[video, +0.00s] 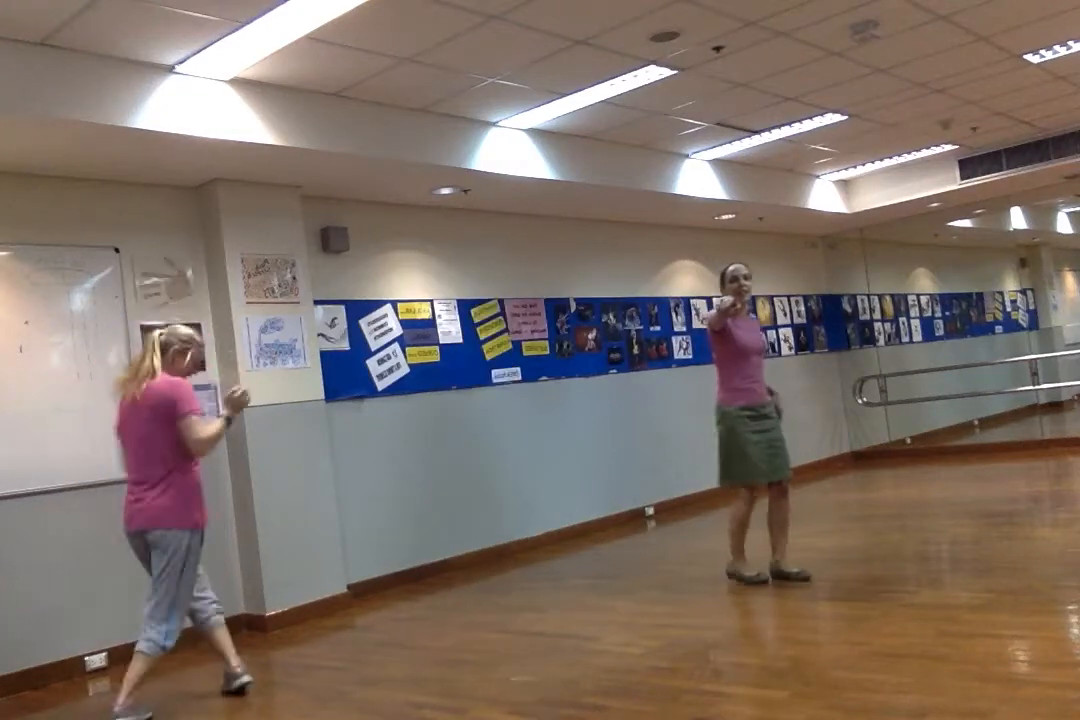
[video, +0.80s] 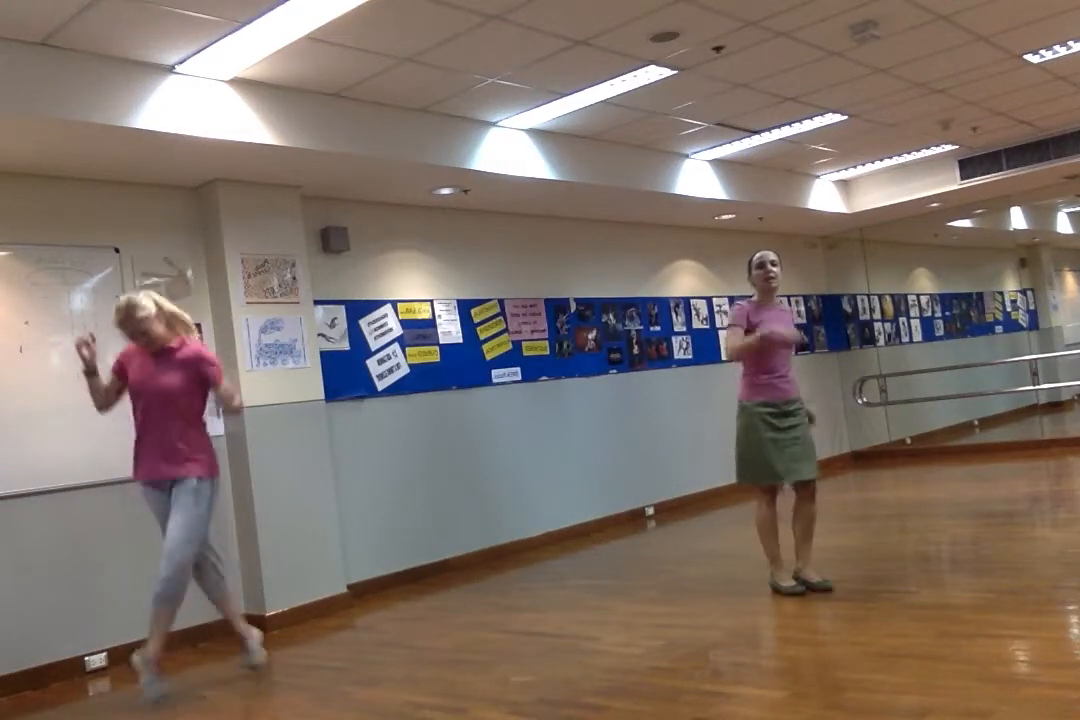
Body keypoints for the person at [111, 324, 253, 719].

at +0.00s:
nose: (195, 368)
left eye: (197, 361)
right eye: (194, 360)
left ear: (161, 353)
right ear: (179, 355)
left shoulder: (130, 394)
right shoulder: (176, 387)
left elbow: (131, 448)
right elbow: (198, 441)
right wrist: (228, 415)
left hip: (136, 517)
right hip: (176, 515)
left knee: (197, 593)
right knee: (164, 611)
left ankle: (235, 668)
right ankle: (123, 703)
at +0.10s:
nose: (196, 358)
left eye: (198, 350)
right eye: (193, 349)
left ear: (165, 339)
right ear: (174, 339)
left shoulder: (162, 376)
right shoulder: (155, 369)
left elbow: (181, 430)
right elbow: (153, 425)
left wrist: (214, 404)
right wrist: (198, 402)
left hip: (151, 497)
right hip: (164, 497)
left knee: (198, 580)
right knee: (164, 593)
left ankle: (224, 665)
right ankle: (126, 692)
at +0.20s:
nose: (193, 334)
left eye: (196, 328)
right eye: (189, 325)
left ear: (191, 324)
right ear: (166, 317)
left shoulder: (175, 353)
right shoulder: (143, 350)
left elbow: (192, 407)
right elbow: (123, 408)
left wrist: (223, 379)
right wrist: (147, 386)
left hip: (180, 475)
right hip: (154, 478)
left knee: (195, 559)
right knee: (164, 562)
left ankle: (203, 656)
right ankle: (125, 669)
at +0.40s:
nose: (179, 338)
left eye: (184, 330)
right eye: (171, 330)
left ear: (190, 332)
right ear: (152, 330)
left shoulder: (199, 370)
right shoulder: (130, 371)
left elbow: (228, 418)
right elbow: (105, 431)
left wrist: (255, 407)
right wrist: (108, 394)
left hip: (197, 494)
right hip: (145, 498)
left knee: (214, 577)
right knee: (145, 583)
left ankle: (218, 661)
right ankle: (152, 675)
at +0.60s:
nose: (149, 336)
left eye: (154, 328)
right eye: (142, 330)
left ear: (170, 322)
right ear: (136, 329)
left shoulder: (198, 361)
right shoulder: (127, 364)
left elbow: (236, 410)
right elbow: (111, 416)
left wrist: (235, 394)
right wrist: (84, 388)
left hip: (194, 478)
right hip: (147, 482)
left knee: (209, 567)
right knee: (148, 576)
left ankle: (220, 651)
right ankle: (157, 667)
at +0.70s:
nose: (142, 324)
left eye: (147, 315)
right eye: (135, 319)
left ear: (164, 309)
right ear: (129, 320)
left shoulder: (193, 344)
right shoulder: (128, 347)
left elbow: (244, 391)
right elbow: (99, 397)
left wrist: (236, 379)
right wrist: (81, 361)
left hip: (192, 459)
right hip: (147, 463)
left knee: (190, 551)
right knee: (162, 556)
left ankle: (189, 644)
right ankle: (202, 633)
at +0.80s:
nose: (144, 336)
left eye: (146, 326)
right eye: (136, 332)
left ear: (162, 316)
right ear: (130, 331)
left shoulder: (194, 352)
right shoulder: (131, 357)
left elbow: (227, 399)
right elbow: (103, 403)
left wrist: (231, 400)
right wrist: (90, 368)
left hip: (196, 468)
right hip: (152, 473)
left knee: (175, 562)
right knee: (199, 558)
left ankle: (150, 656)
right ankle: (247, 633)